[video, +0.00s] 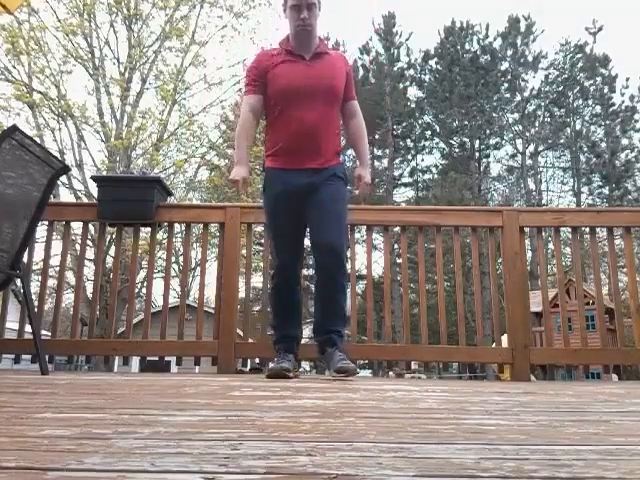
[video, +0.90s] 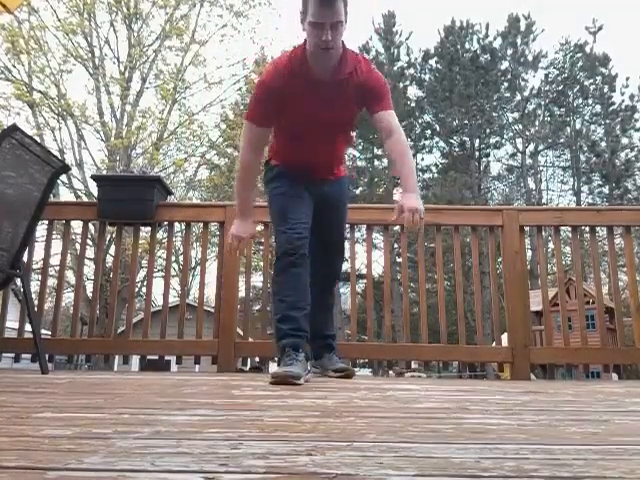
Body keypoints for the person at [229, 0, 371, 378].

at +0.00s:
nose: (303, 13)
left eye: (310, 8)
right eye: (296, 8)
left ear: (319, 13)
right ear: (285, 14)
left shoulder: (338, 63)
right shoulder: (265, 61)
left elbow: (352, 115)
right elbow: (249, 111)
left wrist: (365, 163)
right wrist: (240, 161)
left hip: (329, 175)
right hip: (282, 176)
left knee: (333, 252)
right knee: (286, 264)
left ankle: (331, 347)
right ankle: (285, 352)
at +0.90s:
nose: (327, 36)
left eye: (335, 26)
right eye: (318, 26)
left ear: (345, 24)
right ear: (303, 24)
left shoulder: (363, 75)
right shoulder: (278, 77)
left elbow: (392, 132)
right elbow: (251, 147)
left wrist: (409, 190)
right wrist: (243, 214)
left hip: (333, 176)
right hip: (288, 174)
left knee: (329, 263)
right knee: (293, 249)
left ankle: (324, 351)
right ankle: (292, 352)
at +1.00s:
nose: (323, 68)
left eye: (332, 56)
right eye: (312, 57)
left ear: (344, 47)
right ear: (297, 49)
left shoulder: (366, 93)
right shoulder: (272, 95)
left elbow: (394, 158)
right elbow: (244, 176)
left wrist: (413, 224)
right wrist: (229, 250)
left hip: (326, 176)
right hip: (280, 174)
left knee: (323, 262)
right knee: (286, 245)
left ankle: (320, 347)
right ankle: (290, 350)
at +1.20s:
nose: (311, 124)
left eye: (321, 112)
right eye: (299, 113)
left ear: (336, 98)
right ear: (284, 100)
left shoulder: (363, 129)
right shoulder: (261, 132)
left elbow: (394, 204)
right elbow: (235, 215)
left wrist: (415, 280)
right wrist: (213, 295)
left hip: (325, 185)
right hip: (279, 183)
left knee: (320, 259)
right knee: (284, 248)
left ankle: (318, 342)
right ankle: (292, 352)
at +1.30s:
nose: (307, 162)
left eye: (318, 151)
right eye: (297, 151)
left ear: (334, 133)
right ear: (280, 134)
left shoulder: (361, 157)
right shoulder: (257, 160)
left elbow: (392, 240)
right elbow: (228, 241)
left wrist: (418, 321)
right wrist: (202, 323)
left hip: (324, 195)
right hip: (277, 193)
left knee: (318, 261)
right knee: (283, 247)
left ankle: (316, 346)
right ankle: (293, 352)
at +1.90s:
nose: (314, 197)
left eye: (326, 184)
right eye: (302, 185)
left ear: (347, 164)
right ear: (283, 163)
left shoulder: (379, 189)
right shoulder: (250, 187)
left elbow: (417, 283)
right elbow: (208, 285)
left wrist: (437, 376)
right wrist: (180, 369)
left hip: (342, 224)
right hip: (280, 216)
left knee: (328, 291)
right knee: (237, 281)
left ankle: (321, 346)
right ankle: (287, 321)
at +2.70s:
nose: (310, 153)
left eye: (323, 135)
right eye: (296, 137)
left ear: (339, 127)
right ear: (276, 130)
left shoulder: (370, 184)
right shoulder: (246, 183)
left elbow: (413, 281)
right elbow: (206, 282)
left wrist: (439, 374)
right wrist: (179, 370)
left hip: (338, 253)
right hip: (281, 251)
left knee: (326, 311)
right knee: (291, 311)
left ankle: (321, 357)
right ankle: (295, 353)